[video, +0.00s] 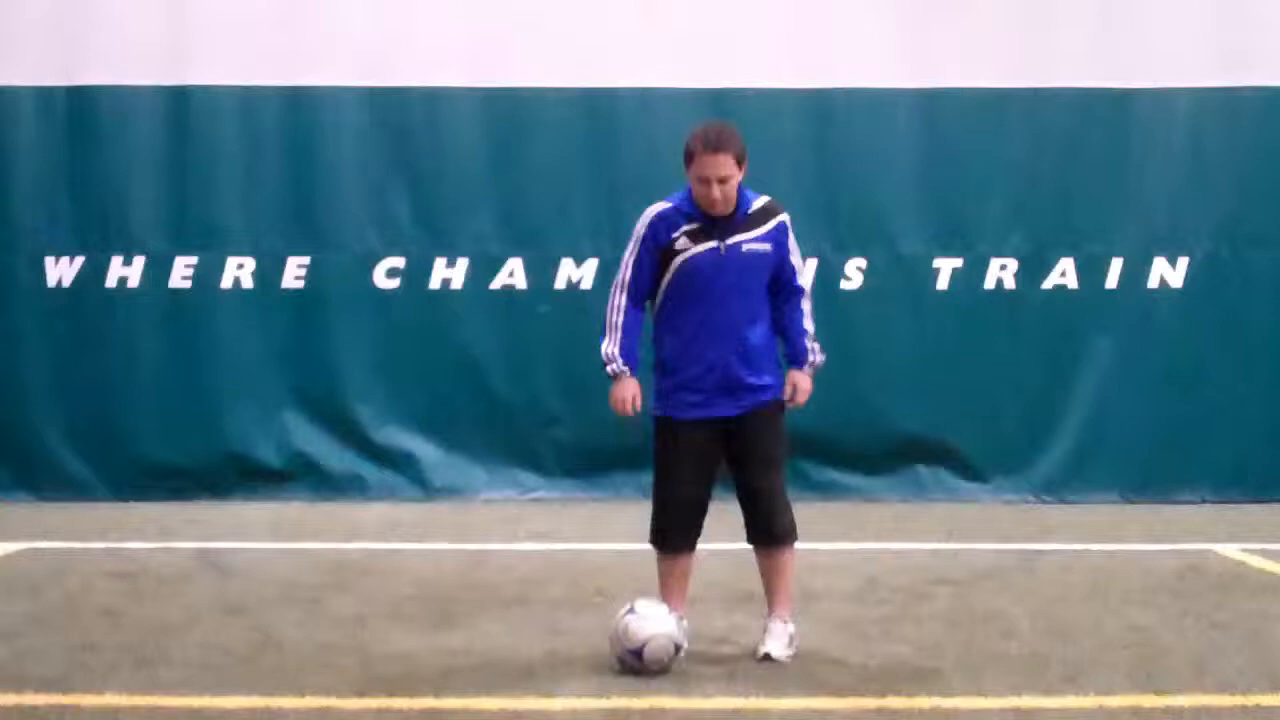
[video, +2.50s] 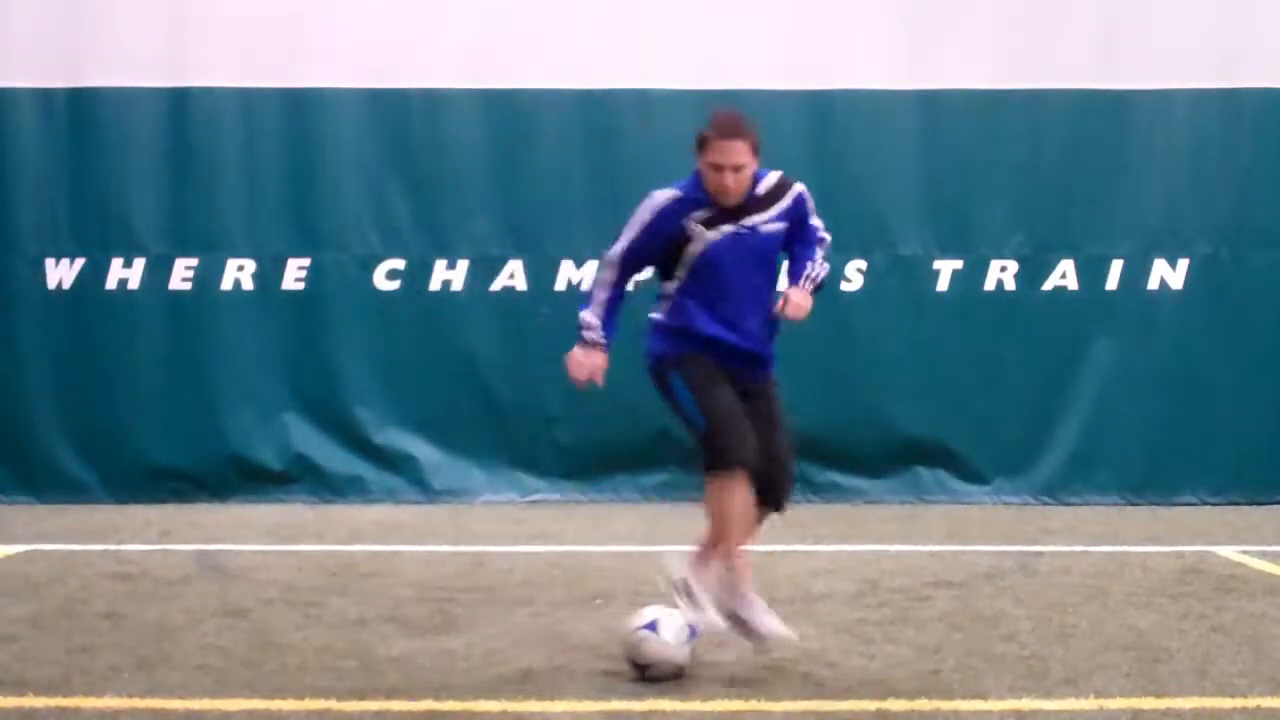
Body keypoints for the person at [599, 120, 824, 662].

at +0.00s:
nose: (715, 193)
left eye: (724, 181)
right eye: (704, 182)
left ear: (741, 171)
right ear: (687, 175)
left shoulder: (770, 218)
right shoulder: (660, 223)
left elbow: (792, 292)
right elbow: (626, 297)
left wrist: (801, 361)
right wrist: (620, 369)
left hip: (756, 395)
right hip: (683, 400)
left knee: (767, 509)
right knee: (675, 514)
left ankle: (780, 622)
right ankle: (672, 623)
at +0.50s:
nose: (702, 214)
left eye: (713, 202)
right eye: (693, 202)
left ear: (739, 195)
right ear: (682, 196)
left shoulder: (771, 250)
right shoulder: (664, 241)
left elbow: (815, 321)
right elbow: (644, 307)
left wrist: (817, 382)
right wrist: (633, 363)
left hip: (748, 405)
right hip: (676, 401)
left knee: (777, 518)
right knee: (674, 481)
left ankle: (777, 626)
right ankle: (662, 589)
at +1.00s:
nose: (537, 212)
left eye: (546, 199)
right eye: (528, 202)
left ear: (573, 193)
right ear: (520, 201)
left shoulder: (618, 236)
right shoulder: (515, 252)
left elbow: (673, 297)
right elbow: (490, 317)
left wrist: (667, 346)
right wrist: (462, 371)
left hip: (615, 377)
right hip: (555, 393)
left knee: (600, 432)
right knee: (531, 511)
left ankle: (654, 547)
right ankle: (572, 621)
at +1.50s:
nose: (448, 251)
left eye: (457, 238)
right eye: (439, 241)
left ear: (484, 224)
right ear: (429, 234)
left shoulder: (524, 269)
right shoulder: (437, 270)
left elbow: (568, 341)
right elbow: (411, 304)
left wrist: (586, 417)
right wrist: (375, 336)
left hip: (538, 417)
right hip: (501, 419)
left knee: (486, 520)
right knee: (497, 523)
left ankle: (506, 645)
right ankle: (616, 547)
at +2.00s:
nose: (535, 201)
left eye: (545, 189)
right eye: (526, 191)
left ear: (567, 184)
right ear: (512, 191)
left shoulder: (609, 230)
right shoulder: (496, 238)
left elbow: (657, 292)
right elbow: (465, 296)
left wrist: (678, 353)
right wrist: (440, 346)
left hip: (602, 395)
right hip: (527, 402)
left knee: (649, 481)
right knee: (497, 512)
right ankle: (490, 622)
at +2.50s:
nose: (729, 181)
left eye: (739, 169)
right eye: (717, 169)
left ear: (756, 163)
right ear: (699, 164)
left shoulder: (786, 197)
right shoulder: (673, 208)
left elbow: (814, 243)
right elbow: (616, 265)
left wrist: (803, 285)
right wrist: (593, 338)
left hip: (750, 357)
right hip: (685, 350)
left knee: (772, 479)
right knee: (732, 450)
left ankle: (697, 572)